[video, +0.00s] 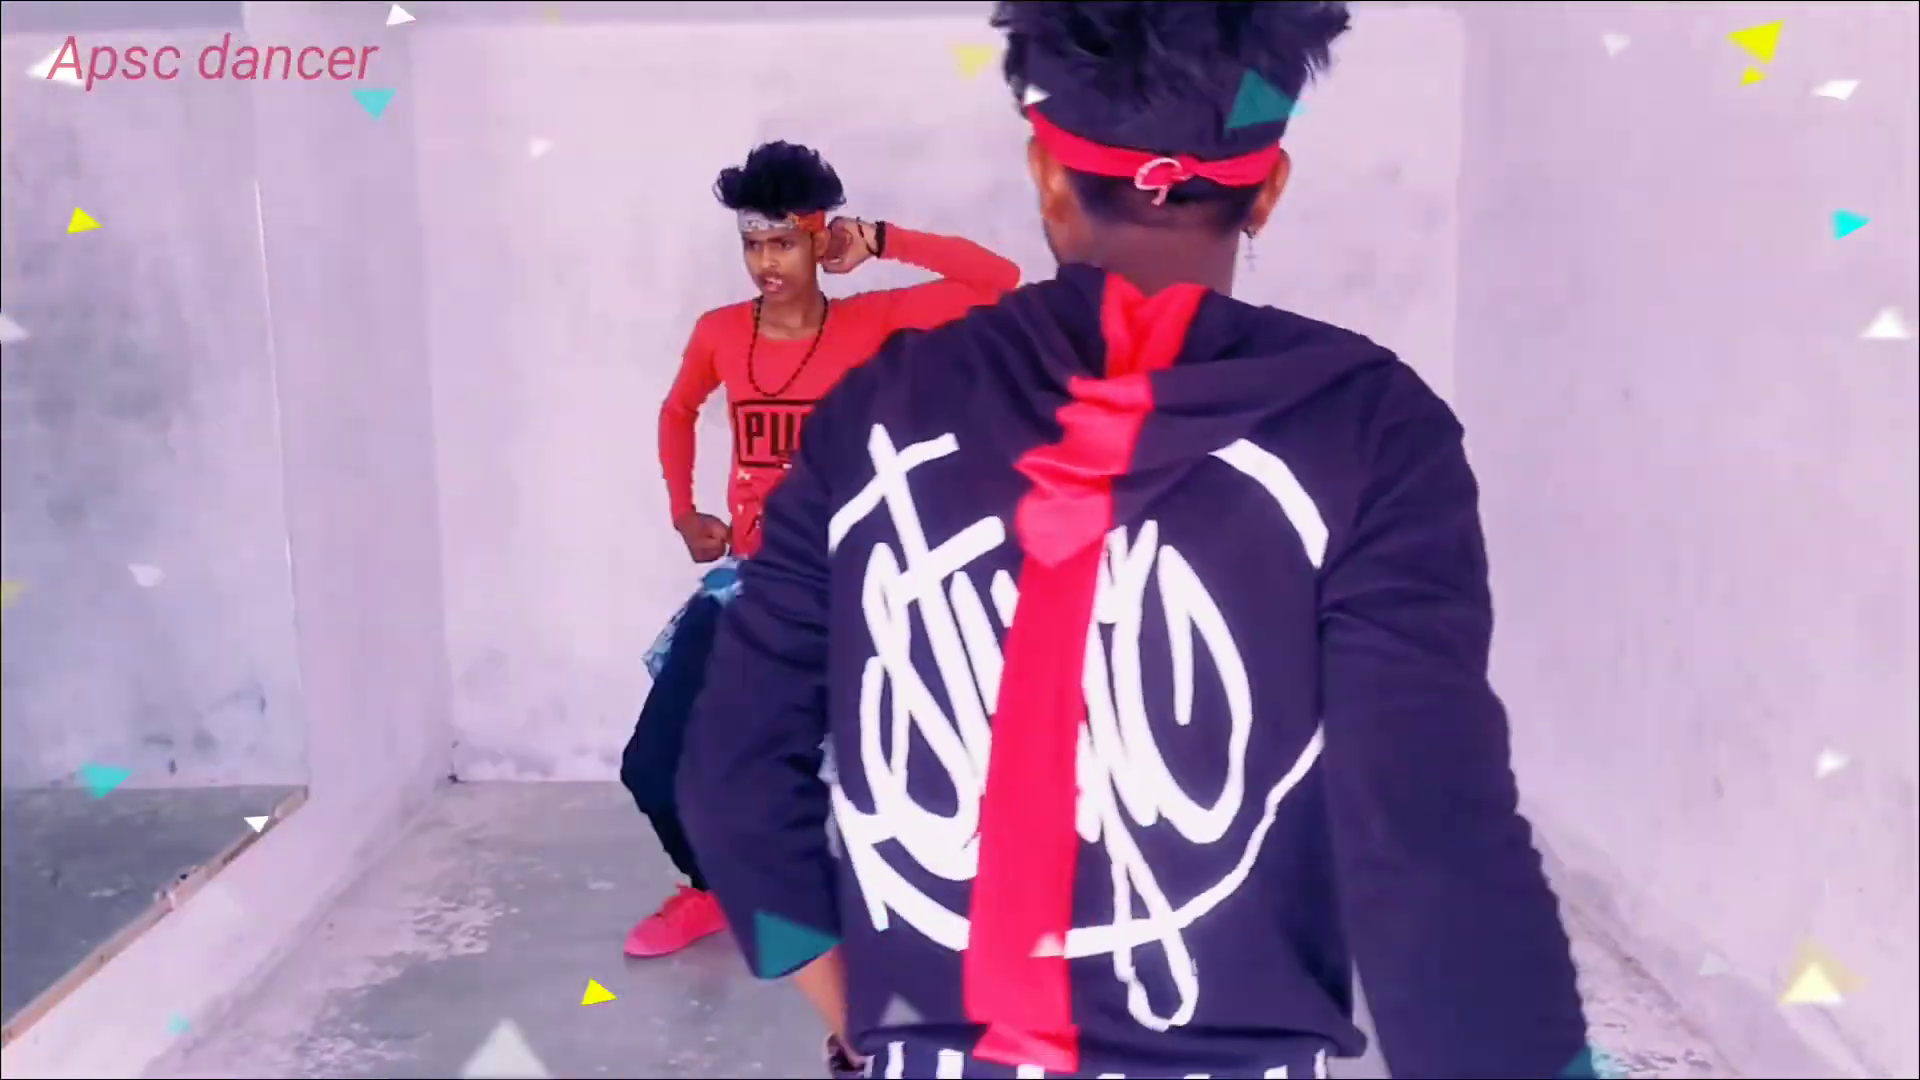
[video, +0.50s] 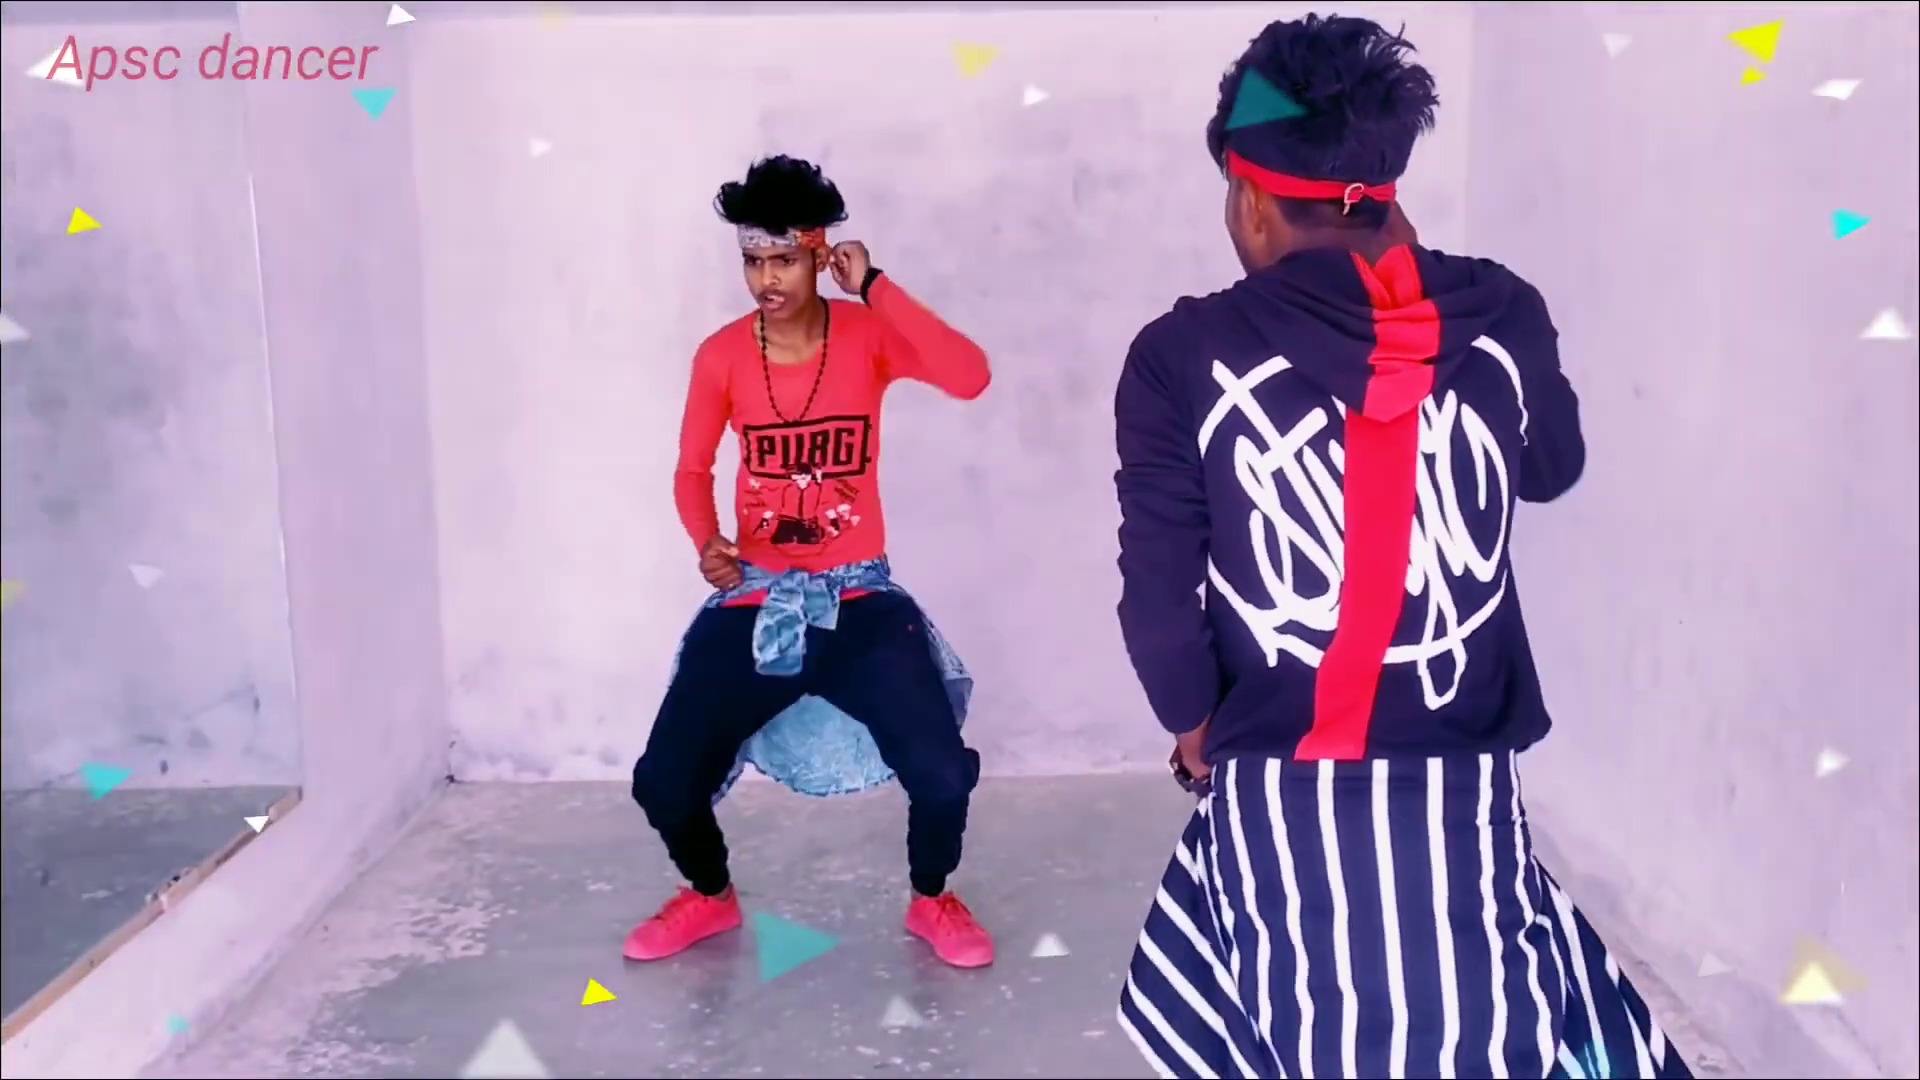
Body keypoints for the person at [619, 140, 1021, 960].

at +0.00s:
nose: (764, 261)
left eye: (782, 243)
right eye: (753, 244)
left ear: (823, 242)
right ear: (742, 246)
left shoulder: (871, 324)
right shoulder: (721, 336)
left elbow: (1003, 283)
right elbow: (679, 414)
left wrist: (884, 241)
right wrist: (684, 511)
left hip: (848, 574)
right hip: (745, 579)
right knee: (652, 763)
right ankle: (708, 885)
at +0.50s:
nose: (766, 277)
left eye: (784, 259)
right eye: (753, 260)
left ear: (821, 260)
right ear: (741, 261)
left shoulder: (871, 334)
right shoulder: (725, 355)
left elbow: (969, 377)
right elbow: (693, 469)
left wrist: (875, 288)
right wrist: (708, 542)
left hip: (858, 602)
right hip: (750, 606)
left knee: (945, 773)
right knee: (663, 781)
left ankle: (931, 901)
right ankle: (710, 896)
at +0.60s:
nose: (774, 274)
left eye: (791, 254)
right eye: (758, 257)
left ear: (821, 253)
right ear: (741, 259)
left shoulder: (864, 332)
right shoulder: (722, 339)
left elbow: (942, 442)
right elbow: (701, 459)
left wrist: (863, 361)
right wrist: (706, 496)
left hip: (855, 592)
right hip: (752, 594)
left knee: (931, 772)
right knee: (669, 777)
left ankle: (931, 902)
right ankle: (710, 896)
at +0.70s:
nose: (768, 240)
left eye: (783, 219)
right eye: (749, 221)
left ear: (807, 223)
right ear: (725, 229)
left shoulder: (858, 318)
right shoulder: (706, 316)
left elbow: (965, 399)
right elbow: (681, 401)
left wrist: (926, 437)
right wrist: (672, 455)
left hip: (843, 580)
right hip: (736, 578)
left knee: (926, 759)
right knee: (634, 746)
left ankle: (931, 899)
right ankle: (697, 877)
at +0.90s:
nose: (752, 222)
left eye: (761, 204)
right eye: (730, 206)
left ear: (772, 214)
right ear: (689, 218)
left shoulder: (815, 310)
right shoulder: (664, 306)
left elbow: (885, 397)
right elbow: (673, 392)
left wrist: (932, 509)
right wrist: (631, 490)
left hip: (803, 574)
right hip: (702, 569)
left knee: (869, 754)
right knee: (561, 707)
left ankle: (927, 899)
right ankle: (587, 852)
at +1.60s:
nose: (696, 164)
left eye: (700, 148)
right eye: (675, 148)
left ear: (704, 160)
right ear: (624, 164)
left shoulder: (726, 259)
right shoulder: (577, 268)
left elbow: (755, 380)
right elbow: (570, 387)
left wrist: (806, 488)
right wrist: (551, 512)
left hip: (725, 523)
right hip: (618, 529)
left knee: (802, 691)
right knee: (567, 710)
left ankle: (838, 870)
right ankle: (542, 873)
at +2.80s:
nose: (756, 147)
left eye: (759, 130)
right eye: (739, 131)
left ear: (753, 138)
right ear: (690, 137)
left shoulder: (779, 235)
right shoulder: (634, 237)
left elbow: (801, 357)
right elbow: (623, 361)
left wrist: (830, 470)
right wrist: (609, 484)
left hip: (772, 495)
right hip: (669, 500)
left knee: (814, 674)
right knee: (638, 683)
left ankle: (847, 849)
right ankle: (603, 854)